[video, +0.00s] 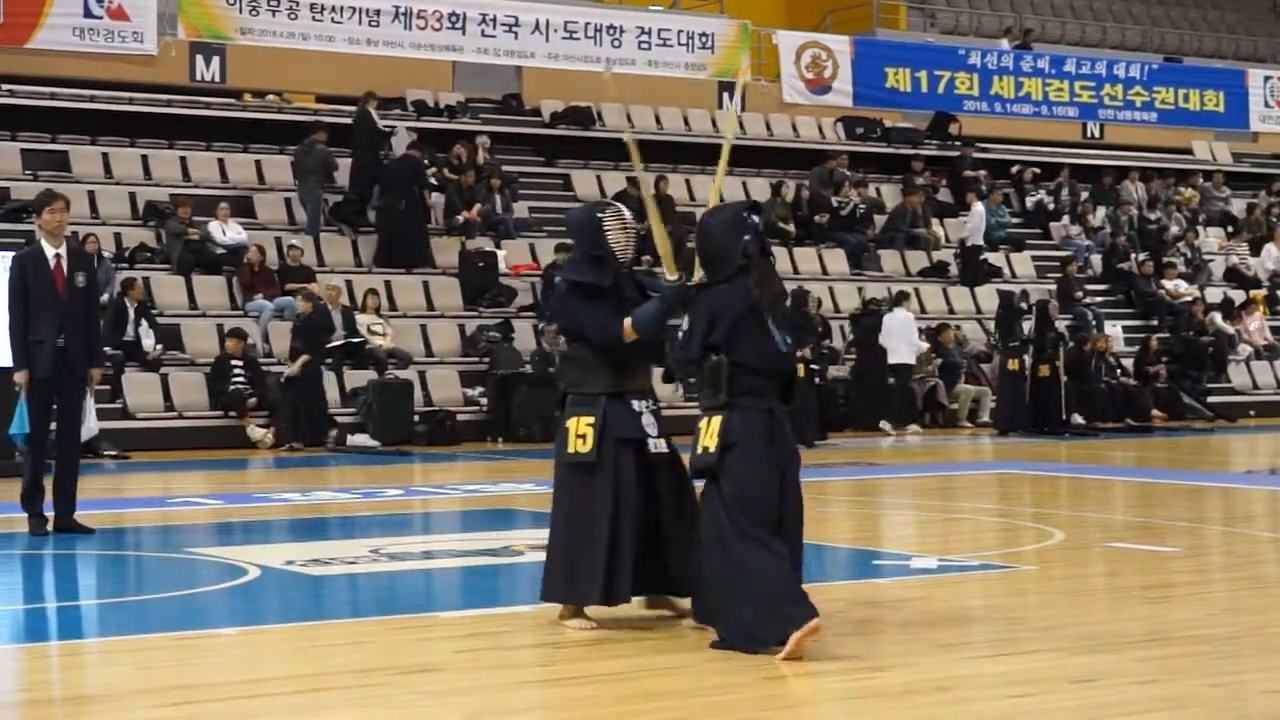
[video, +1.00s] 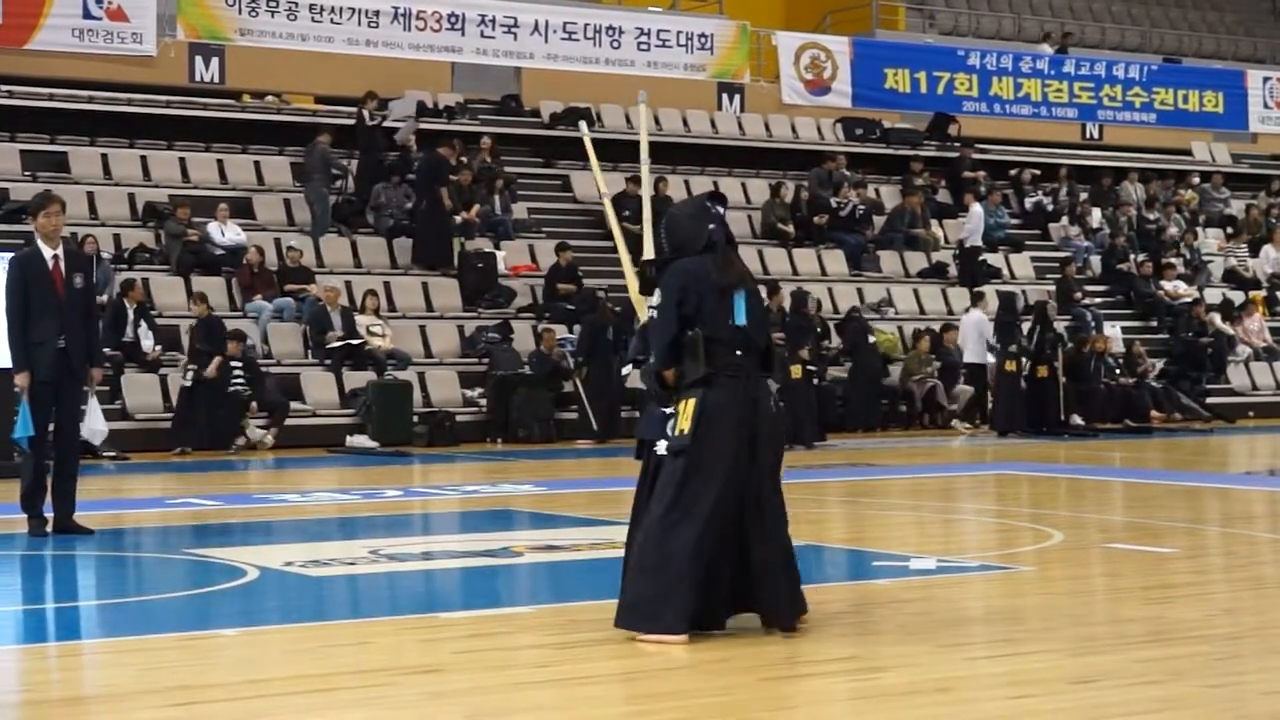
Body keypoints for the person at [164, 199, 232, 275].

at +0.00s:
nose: (185, 210)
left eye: (188, 208)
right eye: (182, 208)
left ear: (191, 210)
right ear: (176, 210)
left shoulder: (195, 223)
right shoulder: (171, 223)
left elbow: (206, 235)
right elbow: (178, 230)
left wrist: (196, 236)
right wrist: (197, 232)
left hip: (200, 250)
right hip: (182, 251)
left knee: (215, 262)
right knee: (186, 263)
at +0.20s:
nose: (186, 210)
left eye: (188, 207)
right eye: (182, 206)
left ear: (191, 209)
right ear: (176, 209)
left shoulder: (194, 223)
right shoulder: (171, 222)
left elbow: (206, 234)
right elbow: (178, 230)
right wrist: (197, 231)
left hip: (200, 250)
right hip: (182, 250)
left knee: (216, 260)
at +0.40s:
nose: (186, 210)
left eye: (188, 207)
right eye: (183, 207)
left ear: (191, 209)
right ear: (177, 209)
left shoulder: (195, 223)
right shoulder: (172, 222)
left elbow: (206, 234)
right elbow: (178, 230)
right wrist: (197, 231)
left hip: (201, 250)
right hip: (183, 251)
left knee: (216, 260)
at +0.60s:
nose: (186, 210)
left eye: (188, 207)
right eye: (183, 207)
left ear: (191, 210)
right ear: (176, 210)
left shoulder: (194, 223)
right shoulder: (171, 223)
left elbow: (206, 234)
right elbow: (179, 231)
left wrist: (198, 236)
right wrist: (197, 231)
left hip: (200, 249)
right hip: (182, 250)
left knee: (215, 260)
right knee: (187, 262)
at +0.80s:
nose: (185, 211)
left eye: (187, 208)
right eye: (182, 208)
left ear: (190, 211)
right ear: (176, 211)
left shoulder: (193, 224)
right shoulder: (170, 223)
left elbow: (205, 235)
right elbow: (178, 231)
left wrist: (196, 237)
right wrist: (196, 232)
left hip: (199, 250)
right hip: (181, 251)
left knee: (215, 261)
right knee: (186, 263)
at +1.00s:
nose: (185, 211)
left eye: (187, 208)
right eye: (182, 208)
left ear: (190, 211)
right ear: (176, 211)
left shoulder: (193, 224)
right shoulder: (170, 223)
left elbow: (205, 235)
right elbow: (176, 231)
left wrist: (197, 237)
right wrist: (195, 232)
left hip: (199, 250)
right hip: (181, 251)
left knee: (214, 261)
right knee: (186, 264)